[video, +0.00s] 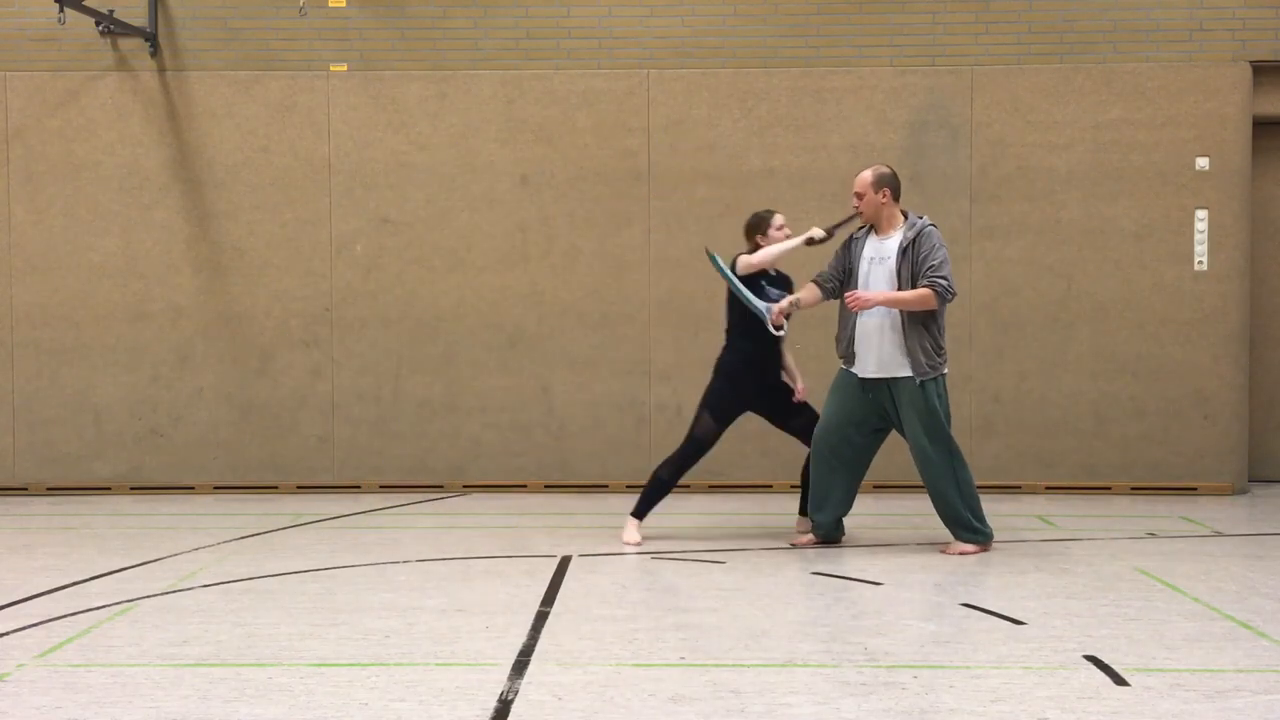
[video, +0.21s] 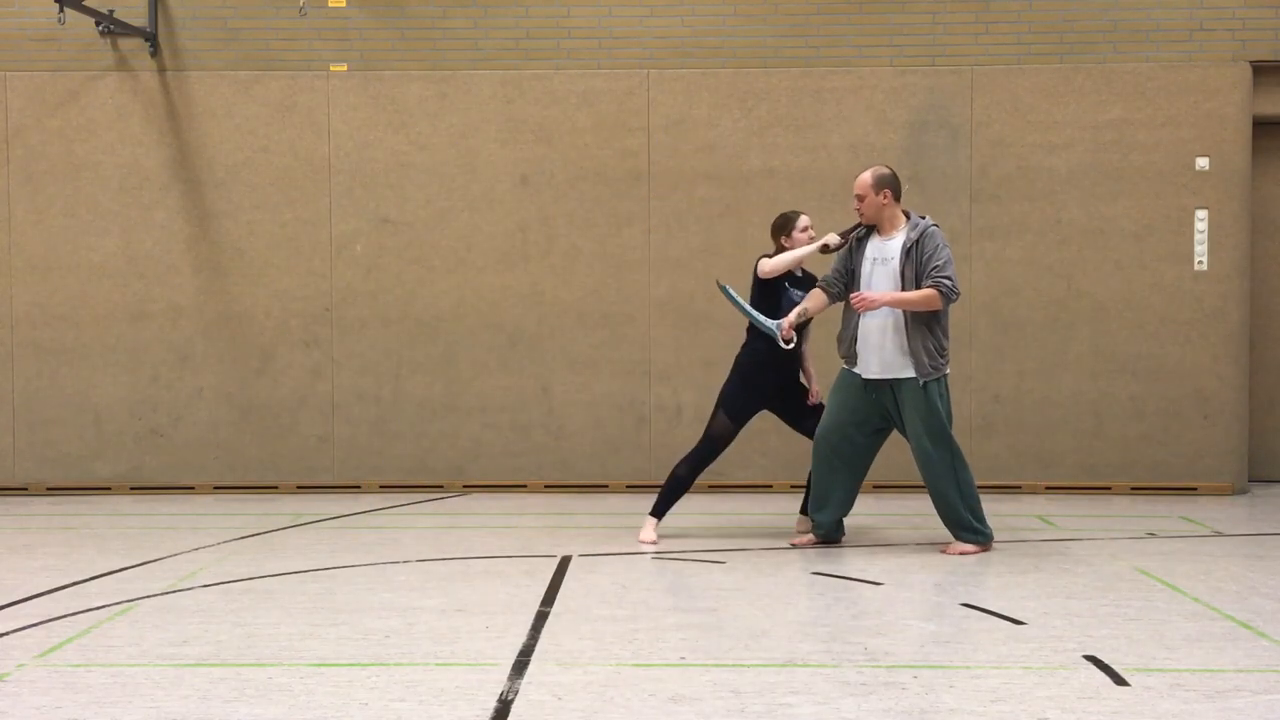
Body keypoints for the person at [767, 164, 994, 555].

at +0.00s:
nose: (855, 204)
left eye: (860, 196)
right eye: (854, 196)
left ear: (885, 196)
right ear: (879, 197)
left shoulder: (923, 235)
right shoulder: (856, 242)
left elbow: (939, 293)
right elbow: (827, 282)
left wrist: (878, 297)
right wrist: (792, 301)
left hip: (913, 373)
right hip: (860, 373)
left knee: (935, 453)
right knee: (829, 441)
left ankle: (975, 535)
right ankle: (826, 529)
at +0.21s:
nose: (855, 205)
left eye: (860, 198)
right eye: (854, 198)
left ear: (886, 197)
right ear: (879, 199)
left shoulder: (926, 236)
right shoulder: (858, 242)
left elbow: (943, 293)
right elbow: (829, 287)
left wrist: (884, 298)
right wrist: (799, 313)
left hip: (915, 375)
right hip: (862, 374)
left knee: (937, 455)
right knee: (830, 442)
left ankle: (974, 535)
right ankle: (826, 529)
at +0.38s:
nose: (855, 205)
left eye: (860, 198)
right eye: (854, 198)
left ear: (886, 198)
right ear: (880, 199)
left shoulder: (926, 236)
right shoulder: (858, 242)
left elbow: (944, 294)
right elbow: (829, 286)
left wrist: (887, 299)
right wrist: (797, 310)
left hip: (915, 374)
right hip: (861, 373)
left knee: (937, 454)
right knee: (830, 441)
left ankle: (974, 535)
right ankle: (826, 529)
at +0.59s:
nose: (853, 206)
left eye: (858, 199)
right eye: (852, 199)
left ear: (883, 198)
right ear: (878, 200)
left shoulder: (925, 237)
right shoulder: (856, 240)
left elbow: (943, 295)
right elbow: (828, 284)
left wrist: (886, 300)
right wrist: (794, 307)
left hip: (913, 374)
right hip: (860, 373)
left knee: (936, 454)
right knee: (829, 441)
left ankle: (974, 536)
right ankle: (826, 529)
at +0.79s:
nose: (856, 212)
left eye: (861, 205)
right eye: (854, 205)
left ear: (886, 201)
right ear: (876, 203)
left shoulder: (927, 237)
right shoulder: (857, 245)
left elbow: (945, 296)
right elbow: (832, 290)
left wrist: (891, 300)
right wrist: (803, 313)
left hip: (912, 370)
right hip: (861, 371)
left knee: (925, 451)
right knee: (833, 443)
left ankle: (970, 529)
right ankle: (826, 529)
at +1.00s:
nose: (879, 218)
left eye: (884, 210)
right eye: (878, 210)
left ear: (909, 205)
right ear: (900, 206)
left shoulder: (950, 242)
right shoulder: (886, 249)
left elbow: (961, 303)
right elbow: (865, 302)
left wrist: (901, 303)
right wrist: (833, 333)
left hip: (930, 373)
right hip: (885, 372)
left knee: (925, 453)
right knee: (851, 445)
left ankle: (982, 531)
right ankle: (828, 529)